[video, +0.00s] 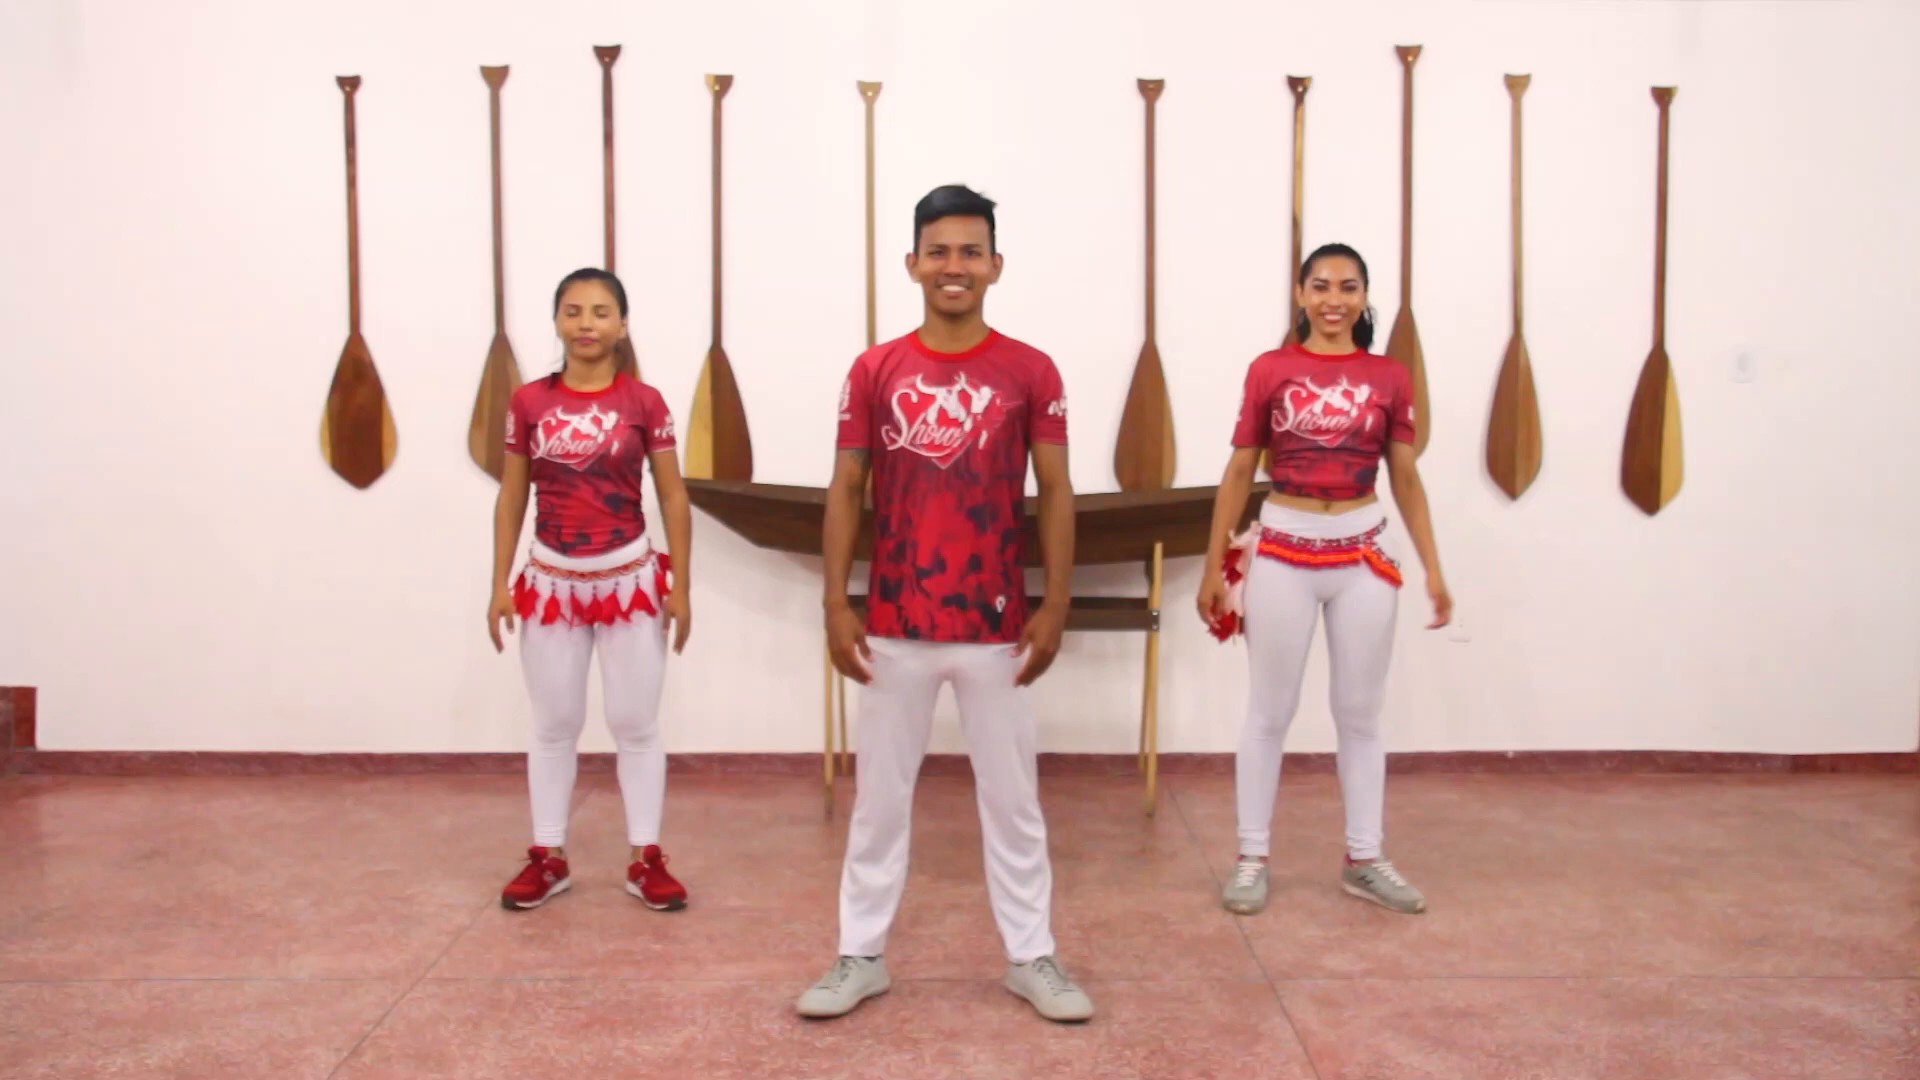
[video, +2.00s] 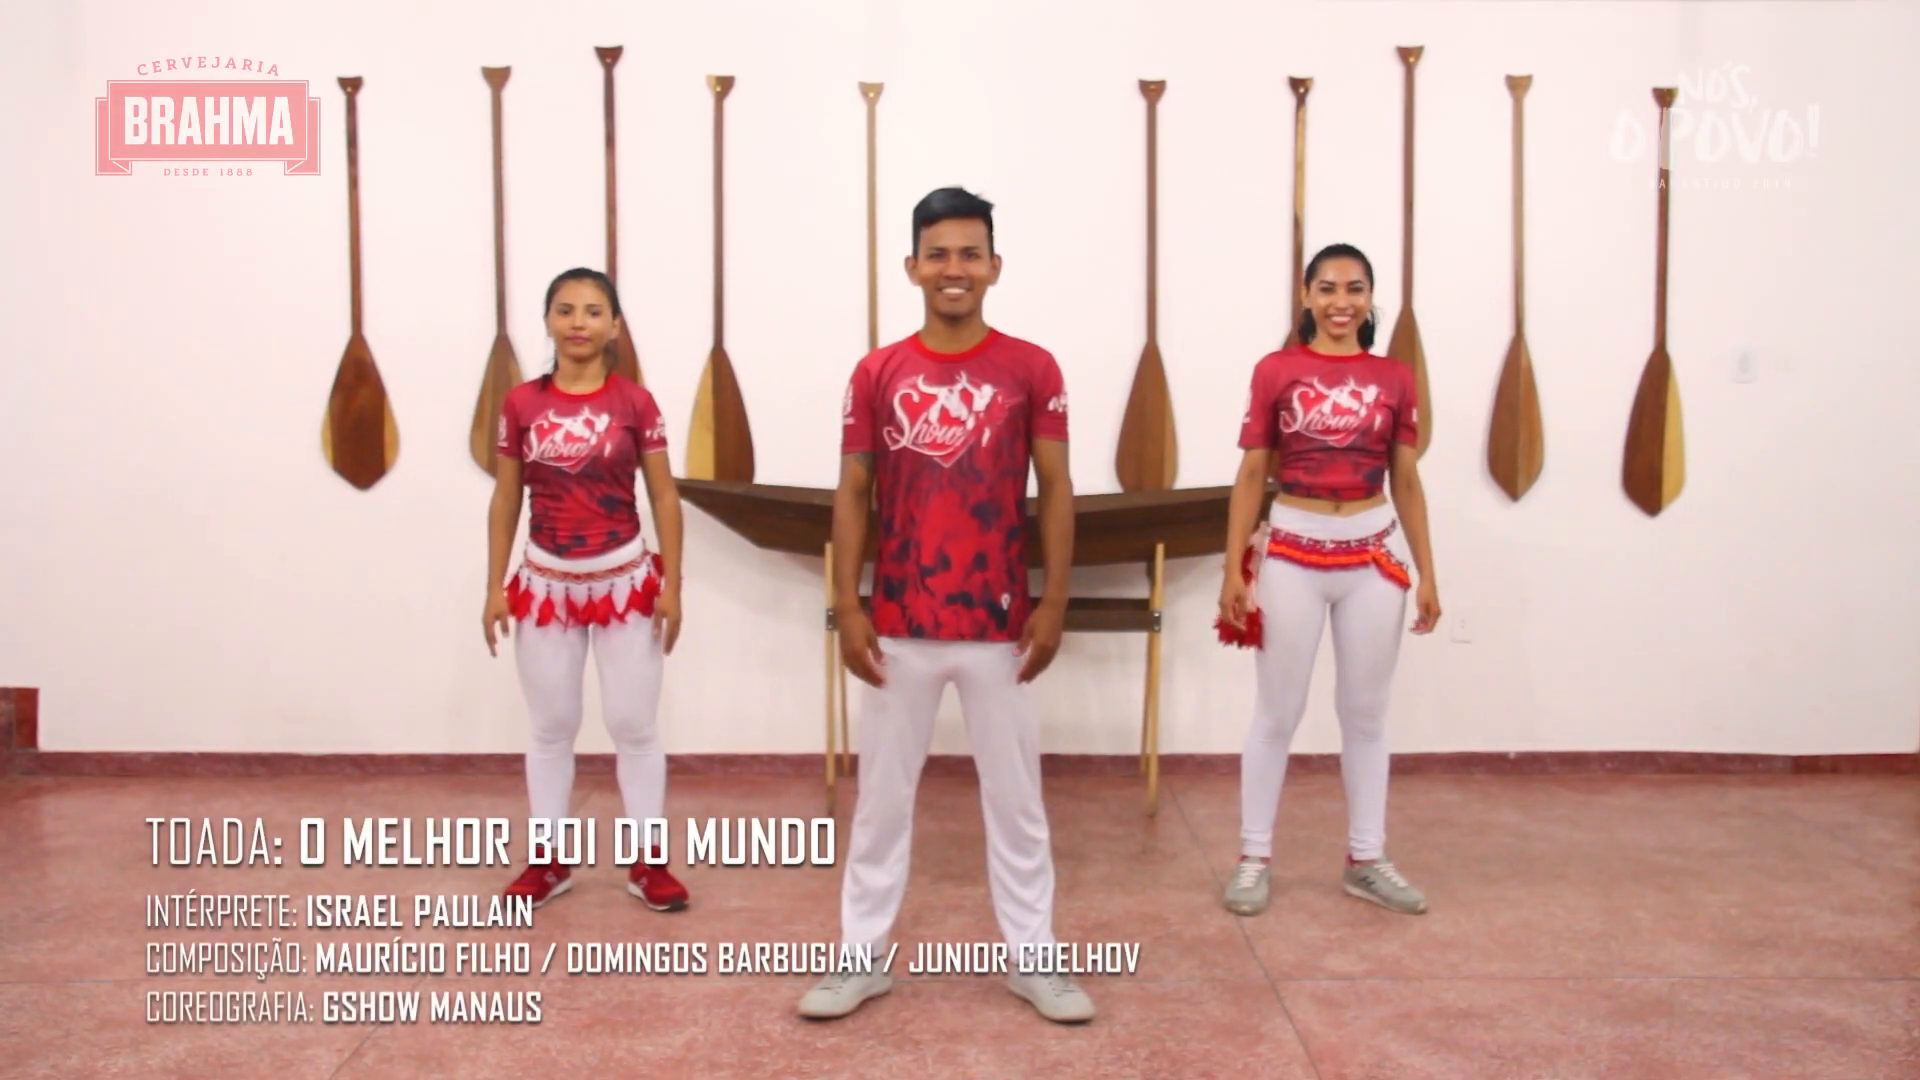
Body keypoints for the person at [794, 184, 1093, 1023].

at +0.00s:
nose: (955, 266)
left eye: (971, 251)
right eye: (940, 252)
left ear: (994, 264)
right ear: (915, 263)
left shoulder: (1031, 372)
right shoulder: (874, 371)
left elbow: (1057, 491)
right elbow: (845, 490)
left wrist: (1056, 603)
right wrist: (835, 602)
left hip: (995, 625)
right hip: (895, 623)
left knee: (1013, 802)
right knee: (880, 797)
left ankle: (1032, 955)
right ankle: (860, 953)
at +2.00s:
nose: (955, 269)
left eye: (971, 254)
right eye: (939, 255)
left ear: (993, 264)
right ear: (914, 267)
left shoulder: (1031, 369)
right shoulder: (876, 374)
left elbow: (1057, 490)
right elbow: (852, 495)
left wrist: (1054, 602)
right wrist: (844, 604)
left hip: (997, 623)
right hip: (900, 623)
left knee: (1016, 799)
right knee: (881, 796)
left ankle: (1034, 955)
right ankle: (862, 954)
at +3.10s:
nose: (970, 249)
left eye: (989, 237)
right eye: (956, 239)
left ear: (1023, 262)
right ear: (941, 266)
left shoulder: (1056, 375)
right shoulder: (918, 374)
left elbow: (1058, 490)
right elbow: (927, 500)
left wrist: (1052, 595)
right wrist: (972, 607)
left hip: (1038, 623)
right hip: (950, 623)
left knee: (1039, 801)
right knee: (916, 795)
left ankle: (1035, 955)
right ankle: (871, 952)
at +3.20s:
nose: (967, 250)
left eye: (986, 238)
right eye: (955, 240)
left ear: (1022, 262)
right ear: (941, 266)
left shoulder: (1054, 372)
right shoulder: (920, 367)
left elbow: (1087, 486)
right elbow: (930, 482)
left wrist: (1113, 587)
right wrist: (1020, 561)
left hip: (1043, 622)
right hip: (958, 624)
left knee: (1043, 799)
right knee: (927, 797)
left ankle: (1037, 954)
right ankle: (880, 951)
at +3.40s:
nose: (958, 245)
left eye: (977, 234)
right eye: (946, 236)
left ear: (1015, 258)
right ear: (934, 263)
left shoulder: (1055, 351)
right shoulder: (920, 355)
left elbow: (1140, 363)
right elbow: (889, 360)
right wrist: (952, 312)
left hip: (1035, 622)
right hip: (944, 622)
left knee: (1037, 803)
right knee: (890, 788)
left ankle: (1035, 955)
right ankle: (850, 959)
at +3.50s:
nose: (954, 248)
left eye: (973, 235)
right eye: (942, 238)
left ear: (1009, 258)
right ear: (929, 265)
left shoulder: (1043, 344)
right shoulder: (914, 352)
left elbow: (1147, 297)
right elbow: (872, 301)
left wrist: (1239, 233)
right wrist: (906, 206)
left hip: (1029, 623)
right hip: (935, 624)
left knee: (1033, 803)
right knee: (878, 798)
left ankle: (1035, 958)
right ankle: (819, 975)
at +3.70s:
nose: (922, 254)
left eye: (943, 242)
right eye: (912, 243)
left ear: (981, 265)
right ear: (899, 261)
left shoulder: (1006, 348)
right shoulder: (869, 349)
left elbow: (1077, 249)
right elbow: (803, 270)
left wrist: (1120, 138)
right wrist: (757, 163)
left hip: (994, 627)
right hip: (896, 630)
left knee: (1014, 805)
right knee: (850, 817)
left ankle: (1033, 956)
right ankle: (816, 998)